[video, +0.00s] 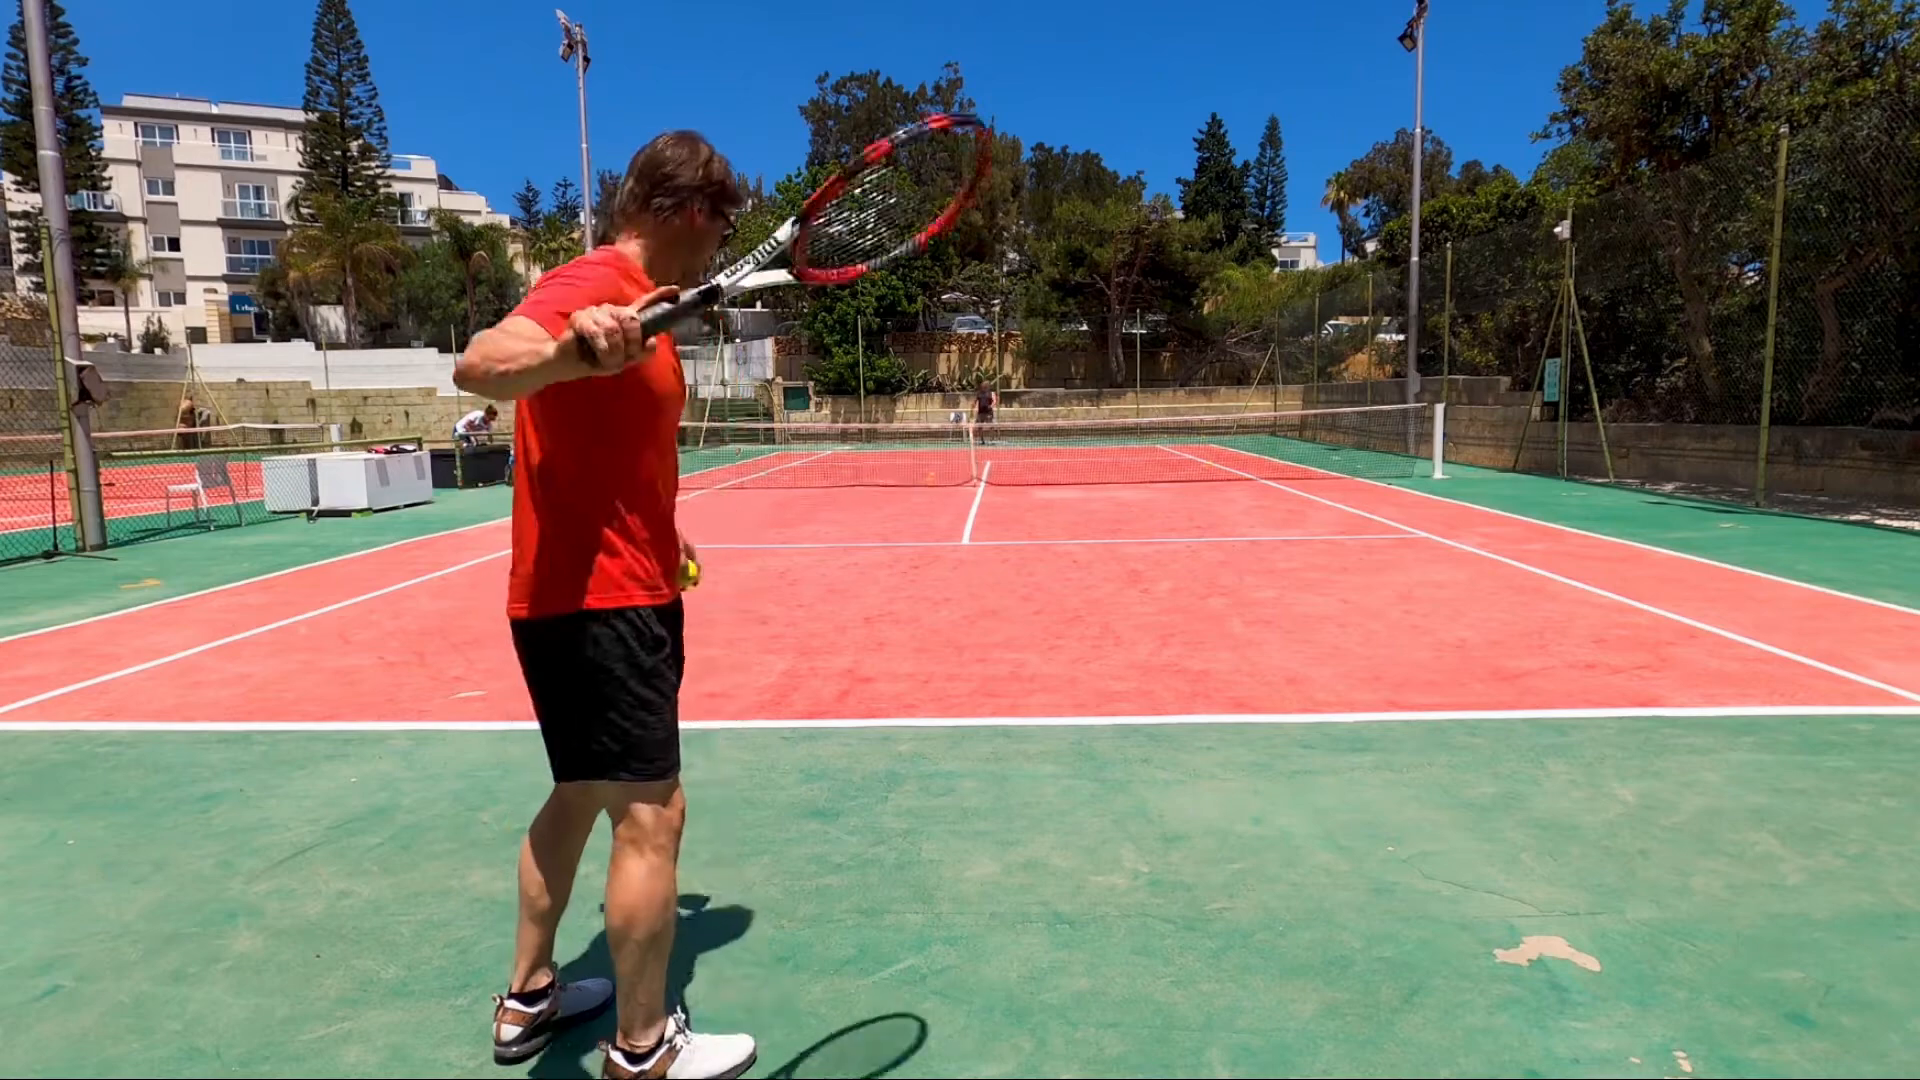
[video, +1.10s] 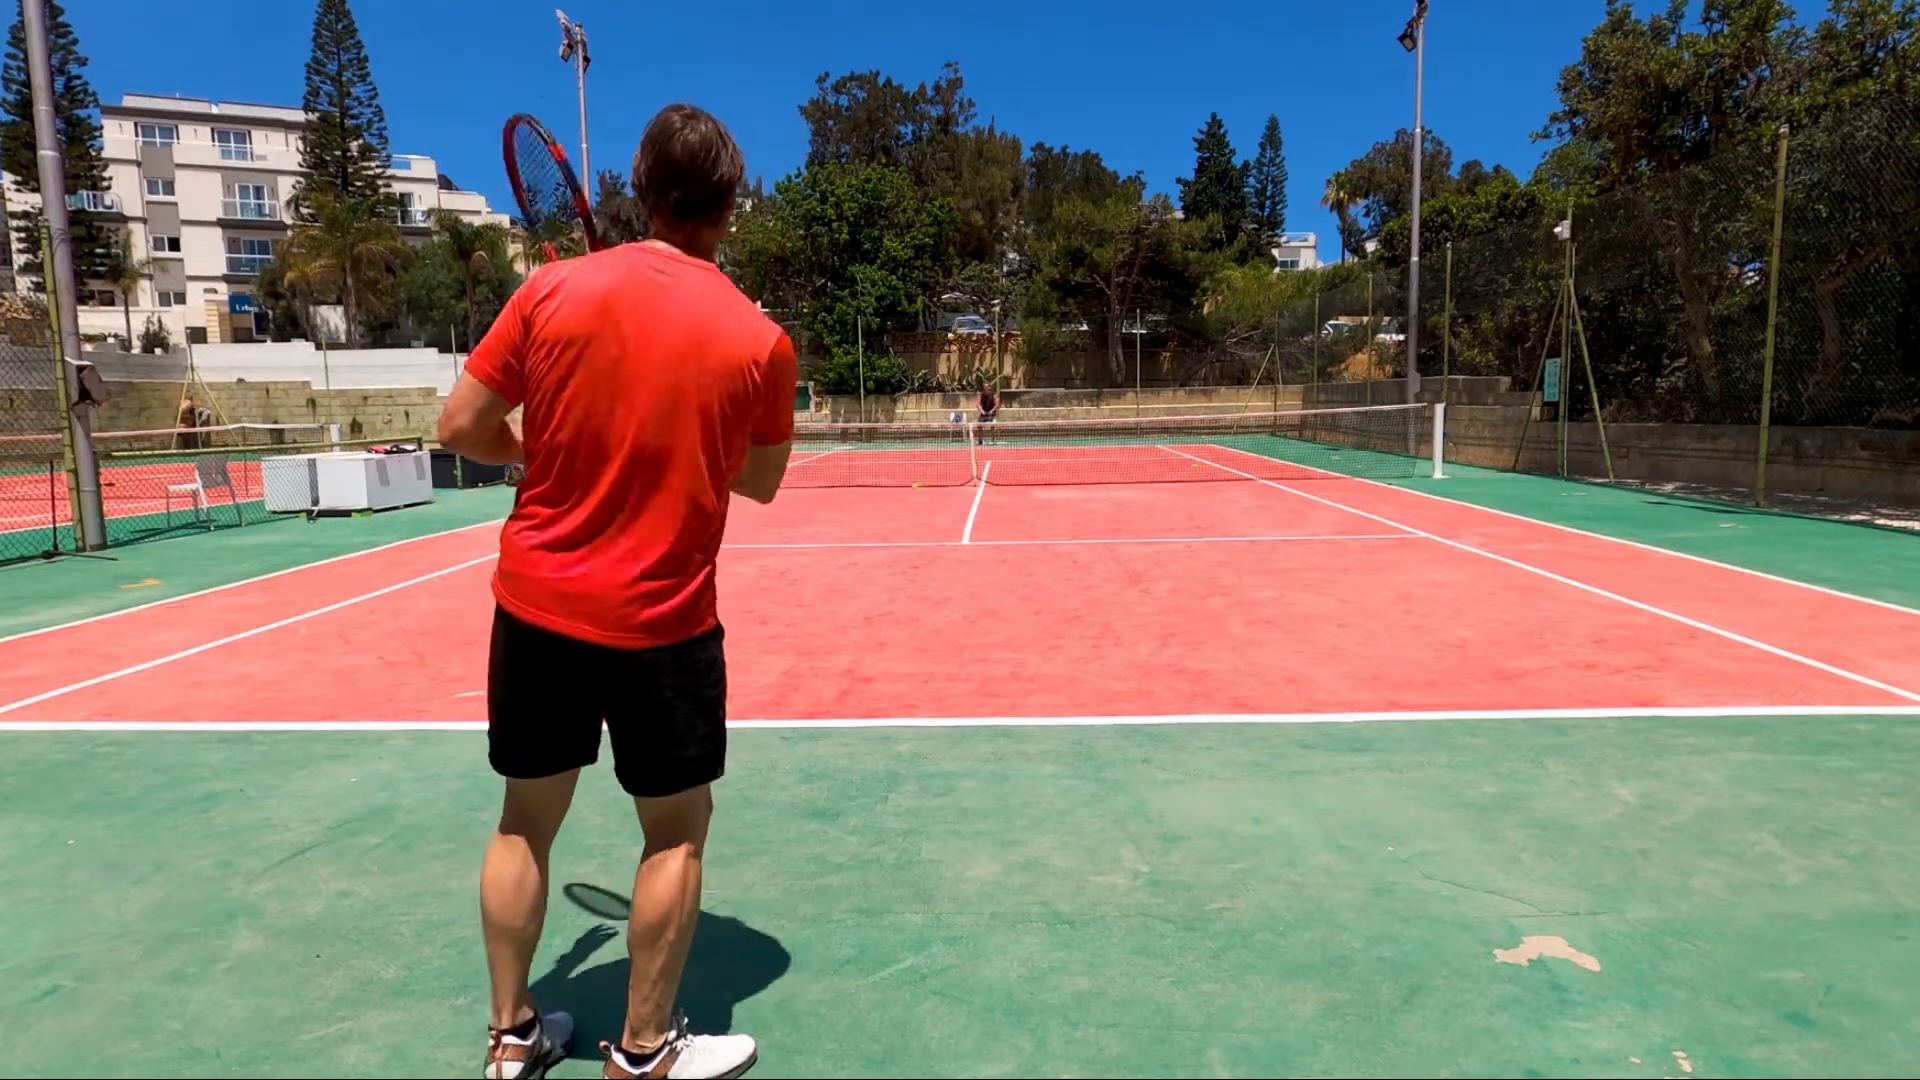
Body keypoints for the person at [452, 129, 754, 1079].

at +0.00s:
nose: (716, 254)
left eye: (720, 235)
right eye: (714, 232)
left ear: (657, 213)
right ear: (675, 216)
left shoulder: (643, 303)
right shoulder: (596, 284)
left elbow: (614, 447)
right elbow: (476, 366)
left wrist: (665, 540)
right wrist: (571, 351)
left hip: (588, 592)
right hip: (603, 596)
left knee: (579, 788)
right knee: (652, 817)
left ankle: (529, 990)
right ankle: (642, 1042)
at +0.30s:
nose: (774, 272)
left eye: (780, 254)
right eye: (775, 250)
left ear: (718, 231)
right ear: (734, 236)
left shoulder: (683, 317)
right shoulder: (625, 320)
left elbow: (672, 419)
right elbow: (534, 419)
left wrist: (759, 461)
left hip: (605, 601)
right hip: (598, 611)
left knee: (588, 782)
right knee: (662, 817)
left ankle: (527, 987)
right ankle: (641, 1043)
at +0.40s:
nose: (788, 286)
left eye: (796, 268)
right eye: (791, 264)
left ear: (723, 235)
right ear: (753, 245)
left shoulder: (660, 306)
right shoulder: (654, 361)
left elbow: (653, 429)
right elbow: (613, 534)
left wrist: (731, 467)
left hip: (574, 600)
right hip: (599, 617)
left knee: (577, 787)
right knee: (668, 820)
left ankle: (524, 981)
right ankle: (645, 1044)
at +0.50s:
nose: (796, 284)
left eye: (803, 266)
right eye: (798, 262)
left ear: (719, 231)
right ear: (761, 247)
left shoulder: (625, 298)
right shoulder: (703, 400)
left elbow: (600, 431)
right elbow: (705, 571)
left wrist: (705, 478)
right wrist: (810, 638)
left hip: (542, 590)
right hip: (609, 619)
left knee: (583, 776)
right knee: (676, 819)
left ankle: (526, 971)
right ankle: (644, 1044)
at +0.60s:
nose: (803, 270)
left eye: (811, 251)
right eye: (806, 248)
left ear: (715, 218)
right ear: (773, 238)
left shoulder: (603, 290)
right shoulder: (747, 391)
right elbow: (758, 542)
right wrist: (811, 530)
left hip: (531, 596)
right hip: (628, 623)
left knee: (571, 774)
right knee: (684, 821)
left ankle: (524, 961)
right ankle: (645, 1043)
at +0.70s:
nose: (804, 248)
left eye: (807, 230)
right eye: (803, 230)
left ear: (708, 210)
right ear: (783, 231)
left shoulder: (601, 281)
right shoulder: (776, 373)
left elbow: (518, 388)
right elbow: (780, 495)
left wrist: (611, 423)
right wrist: (795, 399)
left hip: (536, 595)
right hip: (646, 621)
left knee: (555, 772)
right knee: (685, 825)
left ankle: (514, 966)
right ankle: (646, 1043)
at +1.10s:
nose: (729, 207)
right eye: (733, 195)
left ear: (639, 193)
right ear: (732, 206)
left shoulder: (553, 291)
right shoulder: (756, 342)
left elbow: (459, 427)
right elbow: (761, 479)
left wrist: (544, 449)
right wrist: (679, 432)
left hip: (539, 613)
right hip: (666, 631)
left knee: (525, 821)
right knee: (673, 837)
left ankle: (508, 1033)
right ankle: (645, 1045)